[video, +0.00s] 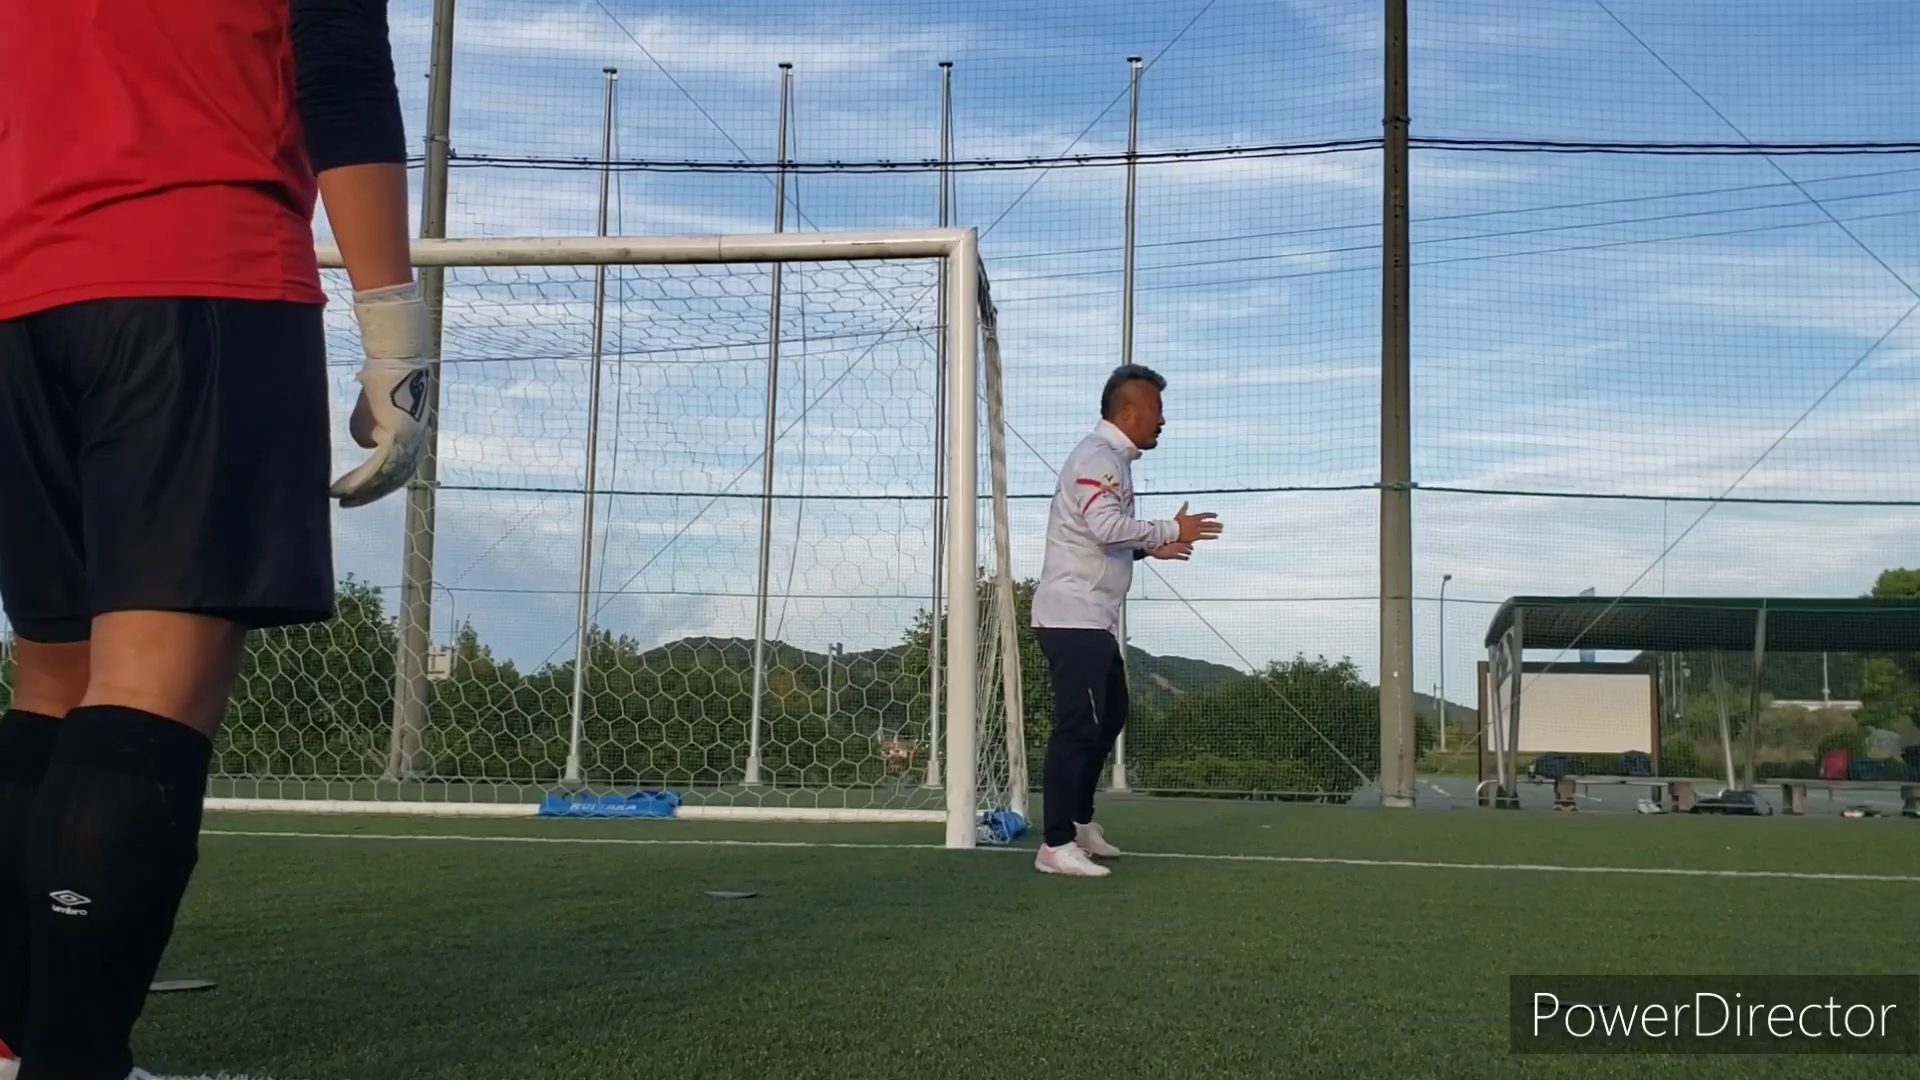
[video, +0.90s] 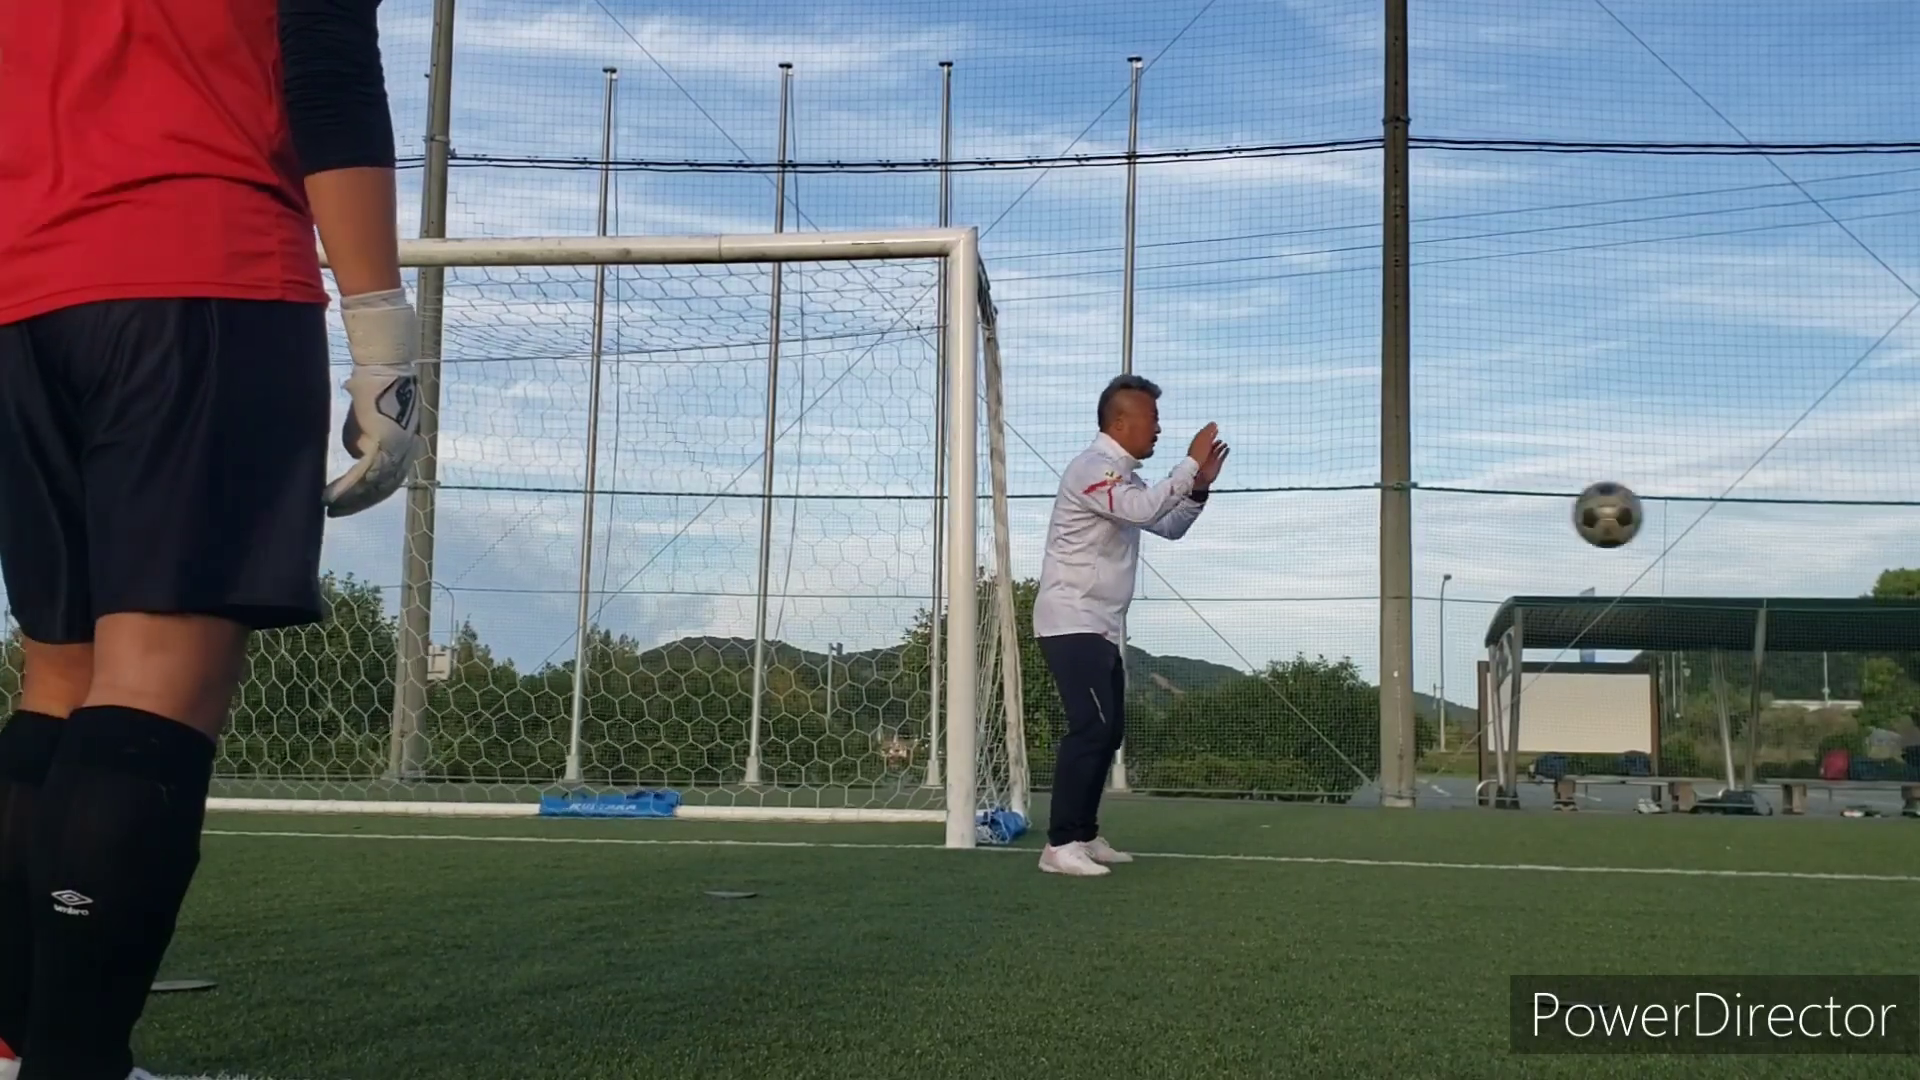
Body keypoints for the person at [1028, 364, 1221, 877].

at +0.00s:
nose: (1162, 420)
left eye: (1162, 409)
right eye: (1156, 408)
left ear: (1127, 410)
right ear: (1126, 408)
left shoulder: (1113, 461)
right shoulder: (1096, 456)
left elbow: (1107, 536)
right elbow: (1105, 526)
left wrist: (1150, 547)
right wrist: (1169, 530)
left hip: (1094, 615)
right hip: (1071, 613)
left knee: (1110, 711)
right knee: (1078, 722)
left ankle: (1076, 821)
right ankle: (1055, 845)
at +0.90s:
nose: (1159, 427)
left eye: (1157, 418)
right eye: (1151, 418)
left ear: (1128, 422)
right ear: (1120, 419)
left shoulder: (1125, 477)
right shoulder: (1091, 467)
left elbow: (1171, 527)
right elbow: (1146, 510)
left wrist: (1202, 487)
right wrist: (1191, 467)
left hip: (1101, 623)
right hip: (1070, 618)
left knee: (1108, 730)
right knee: (1091, 727)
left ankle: (1083, 836)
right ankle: (1060, 845)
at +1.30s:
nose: (1187, 482)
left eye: (1189, 473)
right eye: (1183, 471)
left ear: (1156, 464)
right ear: (1152, 463)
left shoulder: (1145, 516)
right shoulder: (1098, 499)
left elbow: (1157, 581)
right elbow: (1087, 587)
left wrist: (1177, 649)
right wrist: (1108, 659)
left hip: (1069, 628)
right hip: (1031, 623)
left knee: (1083, 728)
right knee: (1066, 727)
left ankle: (1080, 838)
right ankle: (1058, 848)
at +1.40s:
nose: (1188, 484)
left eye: (1190, 474)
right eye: (1184, 473)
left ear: (1157, 468)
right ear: (1152, 465)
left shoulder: (1143, 517)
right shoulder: (1098, 501)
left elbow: (1153, 583)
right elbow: (1084, 587)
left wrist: (1169, 650)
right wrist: (1107, 659)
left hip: (1066, 628)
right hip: (1030, 622)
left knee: (1082, 727)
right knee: (1064, 726)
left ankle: (1079, 838)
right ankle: (1058, 848)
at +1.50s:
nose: (1184, 478)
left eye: (1187, 468)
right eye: (1182, 467)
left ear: (1155, 460)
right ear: (1151, 459)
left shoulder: (1142, 513)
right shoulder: (1097, 496)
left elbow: (1154, 579)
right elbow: (1091, 584)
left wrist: (1174, 643)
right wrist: (1122, 653)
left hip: (1068, 628)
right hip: (1031, 623)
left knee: (1082, 728)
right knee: (1065, 726)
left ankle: (1079, 838)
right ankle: (1058, 848)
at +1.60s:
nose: (1181, 467)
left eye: (1183, 458)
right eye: (1176, 456)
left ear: (1148, 454)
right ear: (1143, 451)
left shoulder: (1139, 506)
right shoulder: (1095, 493)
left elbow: (1155, 572)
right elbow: (1099, 582)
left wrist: (1184, 633)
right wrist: (1135, 644)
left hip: (1067, 625)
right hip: (1033, 619)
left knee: (1082, 726)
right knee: (1066, 725)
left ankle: (1079, 838)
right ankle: (1058, 847)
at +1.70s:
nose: (1176, 457)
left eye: (1178, 448)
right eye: (1171, 447)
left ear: (1147, 446)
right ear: (1141, 443)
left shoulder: (1135, 500)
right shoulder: (1092, 487)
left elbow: (1151, 563)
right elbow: (1101, 572)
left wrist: (1183, 618)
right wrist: (1140, 636)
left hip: (1072, 624)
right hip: (1038, 619)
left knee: (1082, 727)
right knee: (1066, 726)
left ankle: (1079, 837)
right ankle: (1058, 847)